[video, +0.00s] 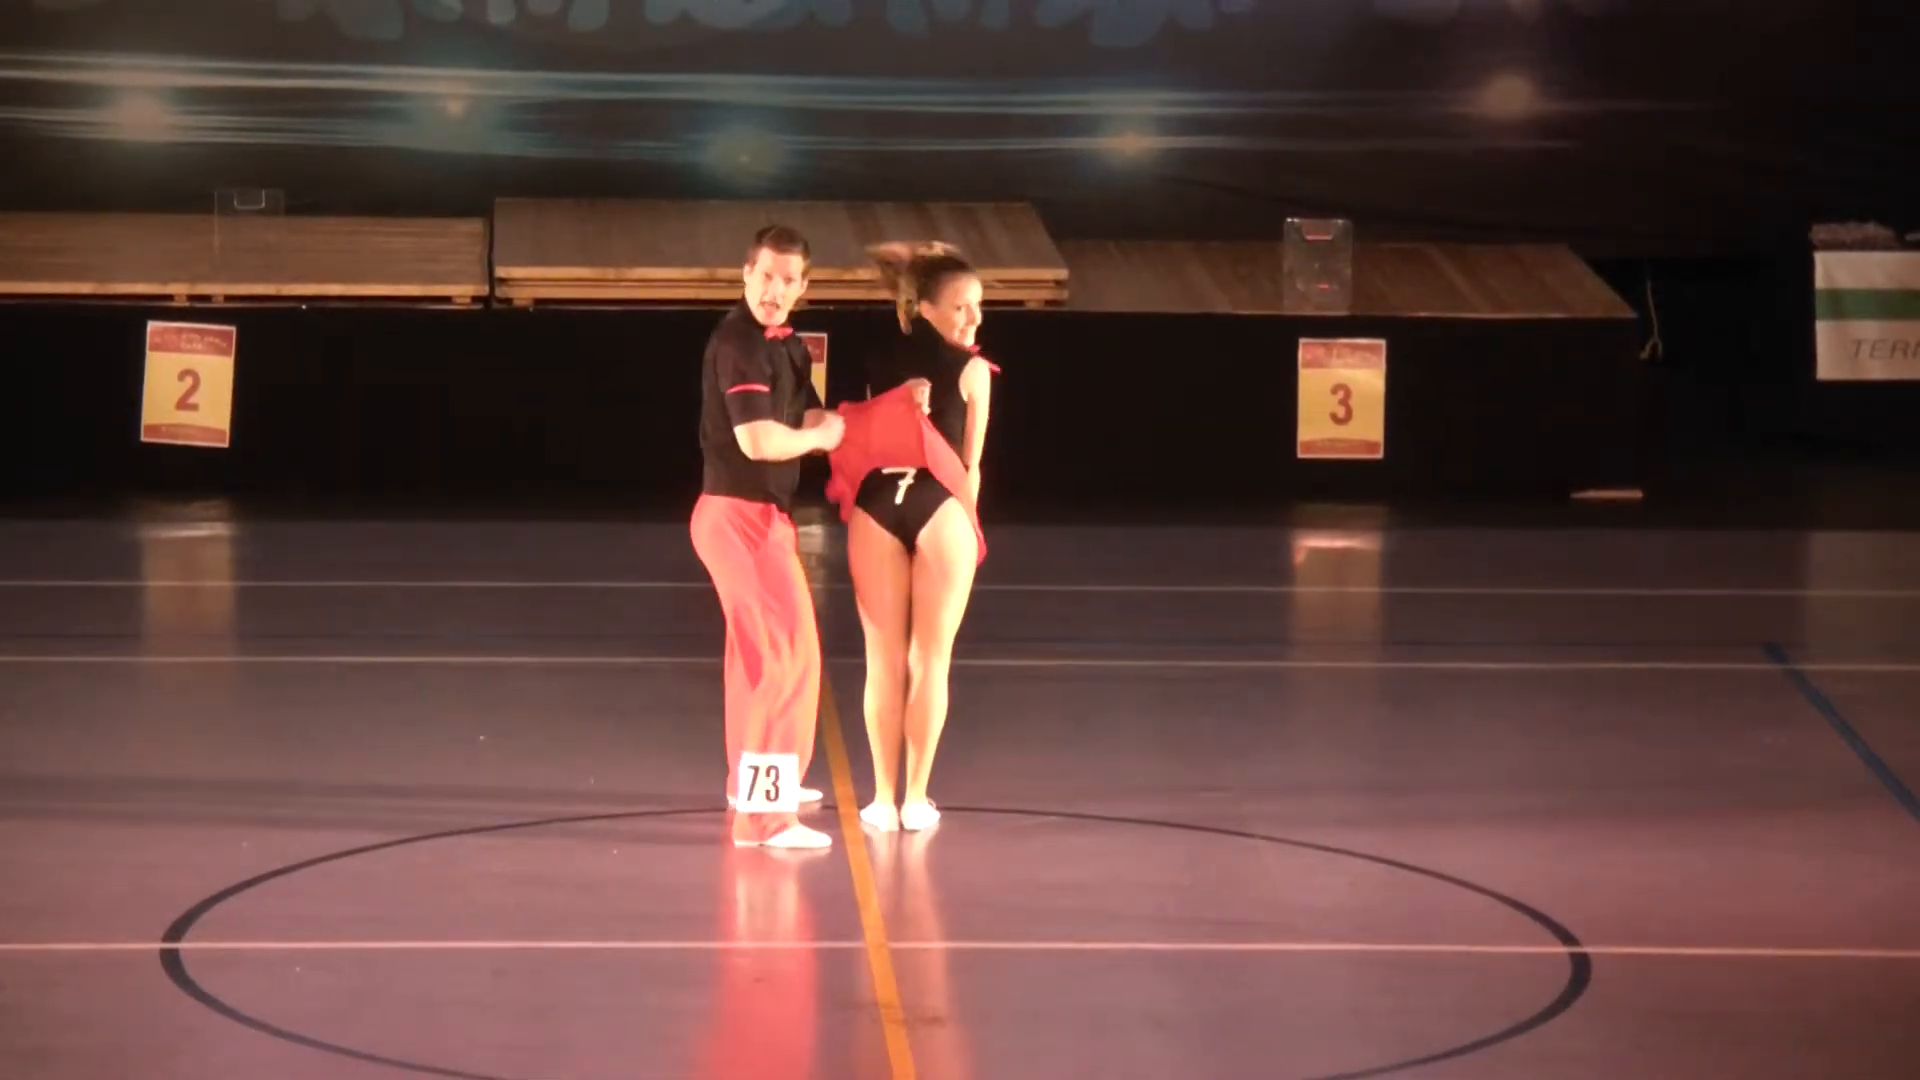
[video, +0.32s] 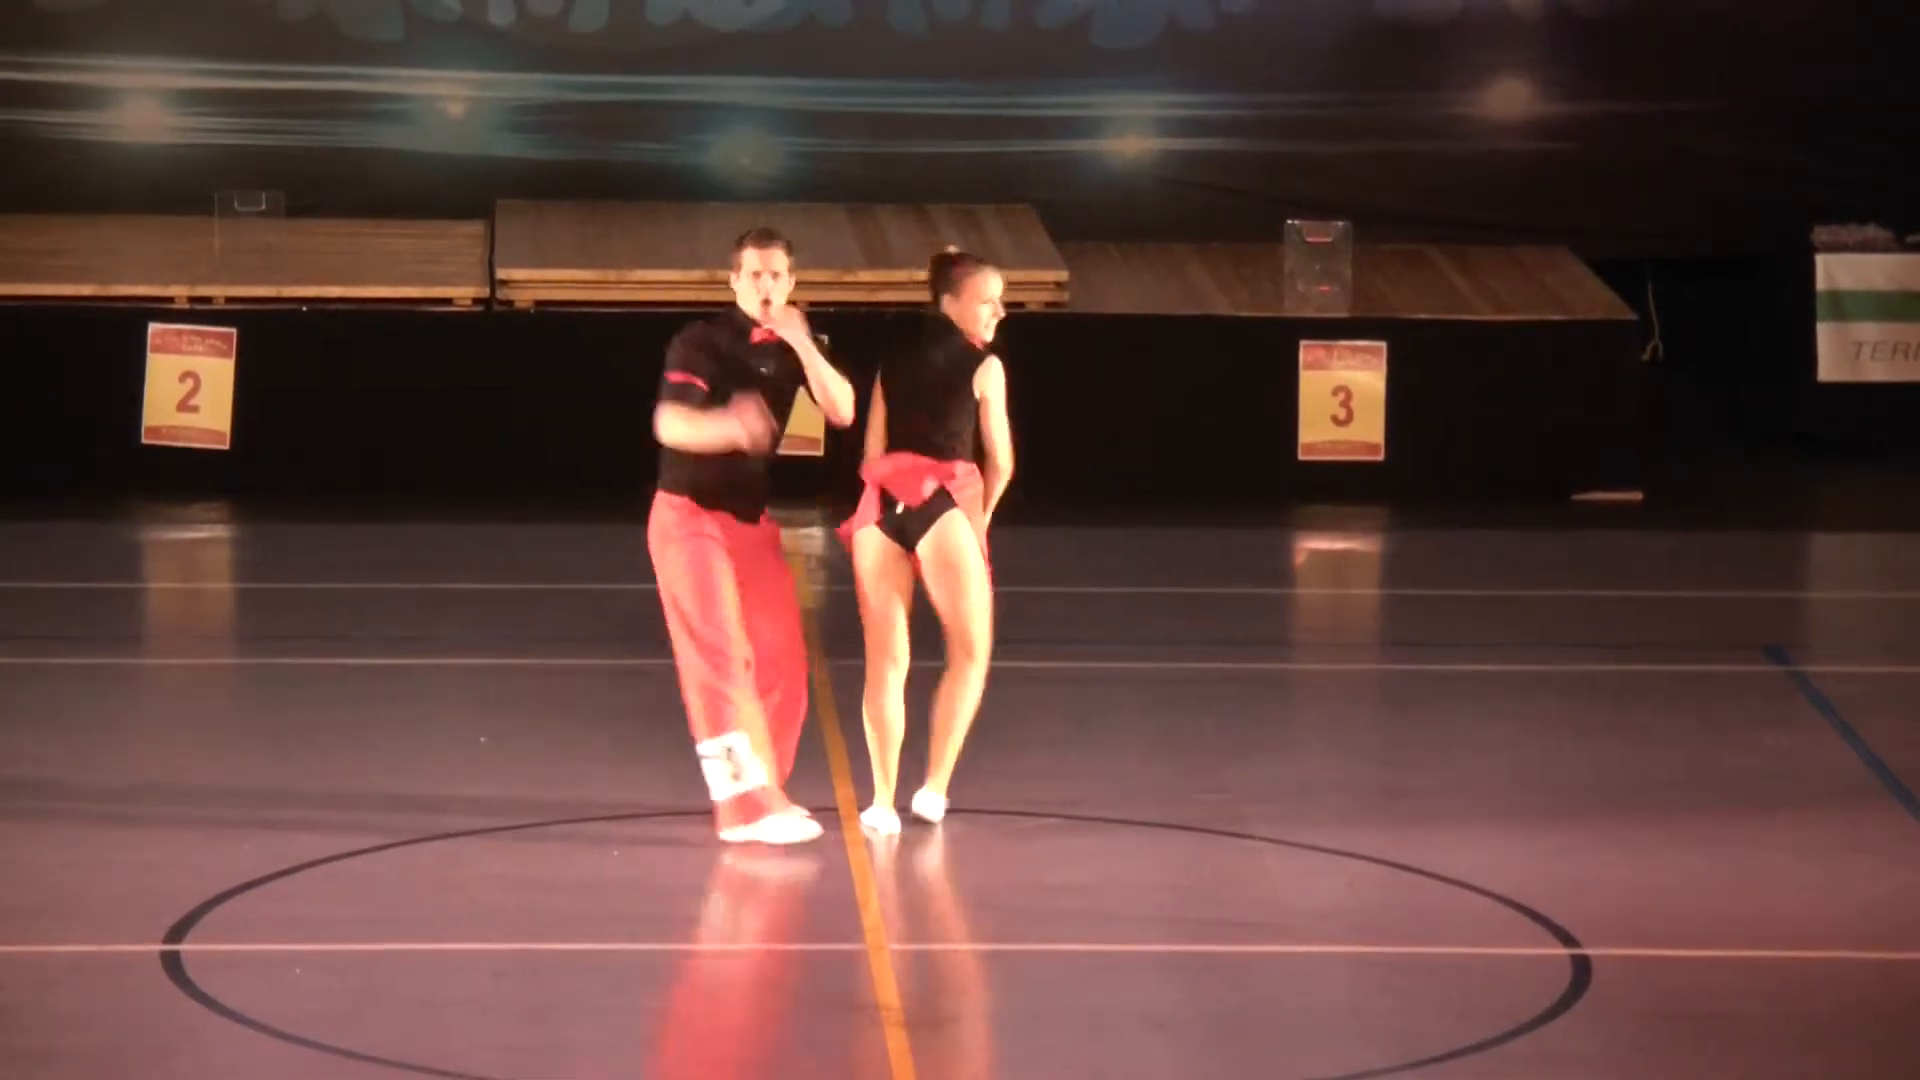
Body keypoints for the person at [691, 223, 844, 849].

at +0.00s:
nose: (775, 290)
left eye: (788, 280)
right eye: (766, 276)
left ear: (802, 285)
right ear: (747, 272)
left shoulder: (788, 347)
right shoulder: (737, 342)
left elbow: (806, 423)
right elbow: (756, 440)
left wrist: (885, 412)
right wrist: (816, 435)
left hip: (762, 518)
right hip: (735, 518)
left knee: (755, 659)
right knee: (795, 653)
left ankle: (753, 802)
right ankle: (766, 809)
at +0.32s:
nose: (766, 285)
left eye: (776, 274)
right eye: (755, 273)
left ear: (791, 280)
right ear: (734, 277)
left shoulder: (794, 350)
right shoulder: (702, 339)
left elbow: (843, 410)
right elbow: (667, 422)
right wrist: (732, 426)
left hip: (750, 524)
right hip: (688, 518)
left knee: (781, 656)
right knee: (723, 652)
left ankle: (761, 797)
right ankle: (740, 808)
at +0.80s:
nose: (622, 283)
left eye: (635, 274)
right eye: (614, 271)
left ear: (653, 284)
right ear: (595, 277)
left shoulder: (669, 353)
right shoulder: (565, 341)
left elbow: (694, 393)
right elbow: (518, 300)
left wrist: (644, 320)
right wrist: (547, 227)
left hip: (650, 543)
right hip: (566, 540)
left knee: (714, 656)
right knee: (514, 661)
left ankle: (748, 791)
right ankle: (450, 786)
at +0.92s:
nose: (595, 287)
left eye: (606, 279)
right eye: (586, 277)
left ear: (624, 289)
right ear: (568, 285)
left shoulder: (638, 354)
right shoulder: (539, 342)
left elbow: (666, 400)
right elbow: (491, 325)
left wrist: (613, 331)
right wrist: (520, 242)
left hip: (631, 545)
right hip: (546, 545)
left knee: (702, 655)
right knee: (497, 666)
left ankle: (744, 784)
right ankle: (453, 789)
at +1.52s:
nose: (493, 332)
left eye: (504, 318)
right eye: (484, 321)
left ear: (534, 316)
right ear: (476, 325)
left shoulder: (581, 361)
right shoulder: (484, 393)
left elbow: (605, 428)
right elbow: (502, 489)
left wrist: (532, 377)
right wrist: (460, 414)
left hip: (618, 554)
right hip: (536, 562)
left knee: (702, 658)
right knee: (495, 682)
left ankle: (759, 788)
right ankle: (459, 798)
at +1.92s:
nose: (634, 338)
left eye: (636, 326)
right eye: (630, 325)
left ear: (598, 323)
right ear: (594, 321)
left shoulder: (604, 386)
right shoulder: (528, 379)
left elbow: (625, 484)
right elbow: (495, 472)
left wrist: (705, 469)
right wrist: (584, 475)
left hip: (633, 555)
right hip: (557, 567)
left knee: (710, 657)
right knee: (525, 694)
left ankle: (775, 791)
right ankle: (467, 801)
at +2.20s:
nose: (646, 324)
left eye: (646, 312)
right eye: (639, 311)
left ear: (609, 311)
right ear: (603, 311)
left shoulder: (618, 379)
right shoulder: (535, 372)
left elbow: (645, 476)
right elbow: (503, 466)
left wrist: (724, 459)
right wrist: (592, 466)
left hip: (643, 549)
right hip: (565, 559)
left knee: (715, 659)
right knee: (528, 685)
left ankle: (772, 790)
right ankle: (468, 800)